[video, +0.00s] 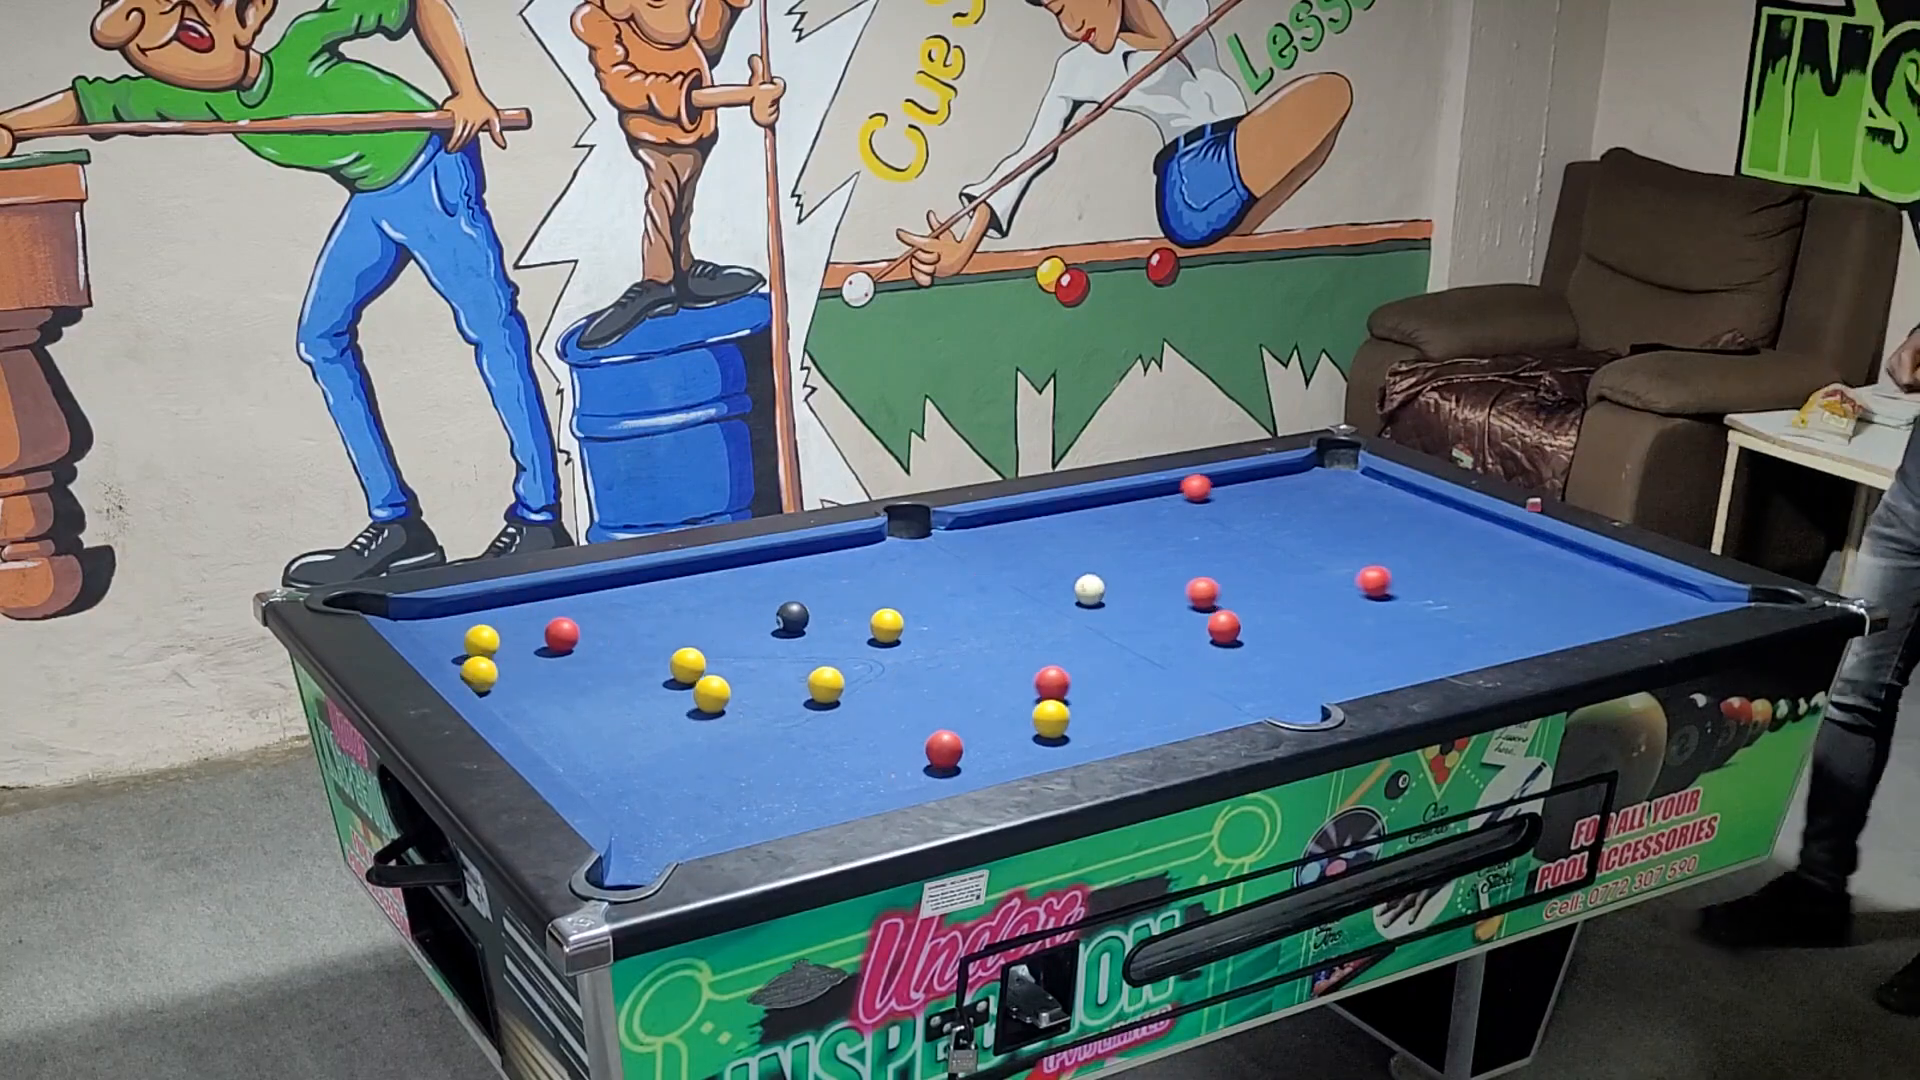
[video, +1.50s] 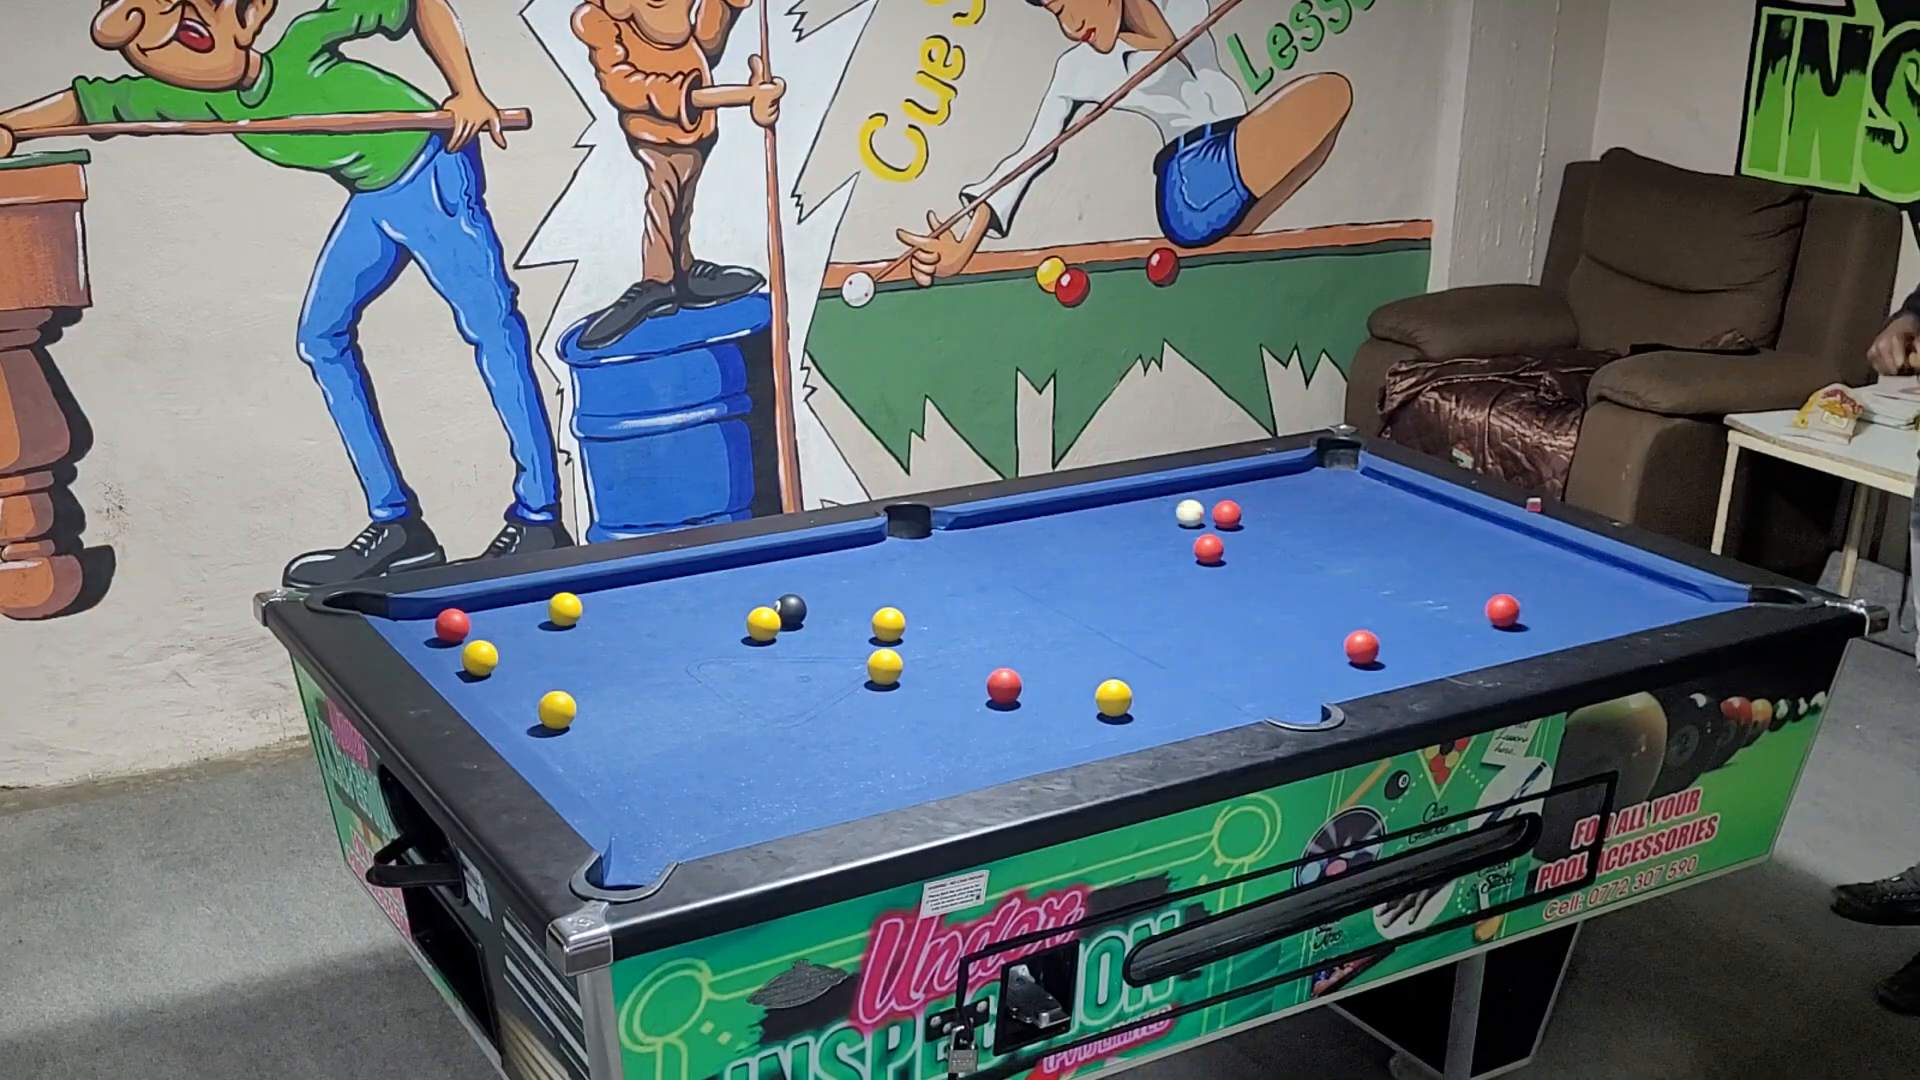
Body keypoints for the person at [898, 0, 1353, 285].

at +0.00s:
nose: (1070, 25)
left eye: (1070, 6)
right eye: (1057, 16)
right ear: (1056, 18)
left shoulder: (1177, 10)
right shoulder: (1077, 68)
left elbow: (1199, 60)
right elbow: (1028, 157)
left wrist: (1140, 14)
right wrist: (964, 246)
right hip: (1190, 185)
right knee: (1330, 91)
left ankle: (1239, 232)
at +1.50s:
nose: (1069, 24)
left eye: (1070, 5)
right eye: (1057, 15)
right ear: (1056, 18)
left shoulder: (1176, 10)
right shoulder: (1076, 69)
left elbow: (1198, 61)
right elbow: (1028, 157)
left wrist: (1140, 13)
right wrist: (964, 245)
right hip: (1193, 183)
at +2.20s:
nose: (1070, 24)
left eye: (1070, 5)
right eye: (1057, 16)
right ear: (1056, 18)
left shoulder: (1176, 10)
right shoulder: (1076, 69)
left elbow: (1196, 59)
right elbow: (1028, 156)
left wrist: (1140, 13)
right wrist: (964, 245)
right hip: (1193, 180)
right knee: (1331, 90)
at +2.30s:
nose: (1069, 24)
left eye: (1070, 5)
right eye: (1057, 15)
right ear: (1055, 18)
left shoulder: (1176, 10)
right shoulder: (1076, 69)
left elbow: (1196, 57)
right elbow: (1028, 156)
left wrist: (1138, 12)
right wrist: (964, 245)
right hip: (1196, 171)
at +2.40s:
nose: (1070, 23)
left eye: (1072, 4)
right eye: (1056, 15)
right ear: (1055, 18)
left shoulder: (1175, 10)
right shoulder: (1076, 69)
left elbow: (1194, 58)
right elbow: (1028, 156)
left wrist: (1142, 13)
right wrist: (964, 245)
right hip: (1194, 174)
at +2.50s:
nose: (1069, 23)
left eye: (1071, 4)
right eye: (1056, 15)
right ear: (1055, 18)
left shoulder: (1176, 10)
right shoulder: (1076, 68)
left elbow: (1197, 61)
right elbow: (1028, 156)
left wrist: (1140, 11)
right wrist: (964, 245)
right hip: (1194, 183)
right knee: (1330, 91)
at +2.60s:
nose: (1069, 24)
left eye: (1070, 5)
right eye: (1056, 15)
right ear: (1055, 18)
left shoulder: (1176, 10)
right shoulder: (1076, 69)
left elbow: (1197, 58)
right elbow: (1028, 156)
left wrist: (1137, 11)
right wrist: (964, 246)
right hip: (1194, 180)